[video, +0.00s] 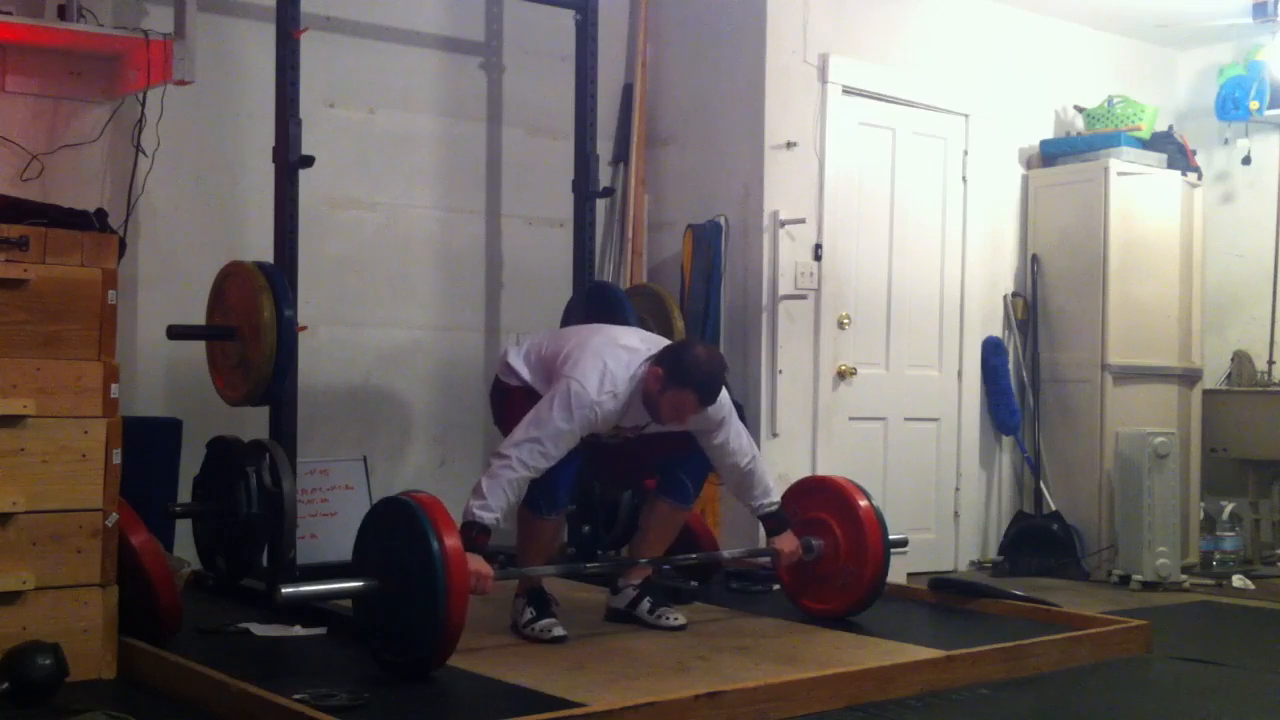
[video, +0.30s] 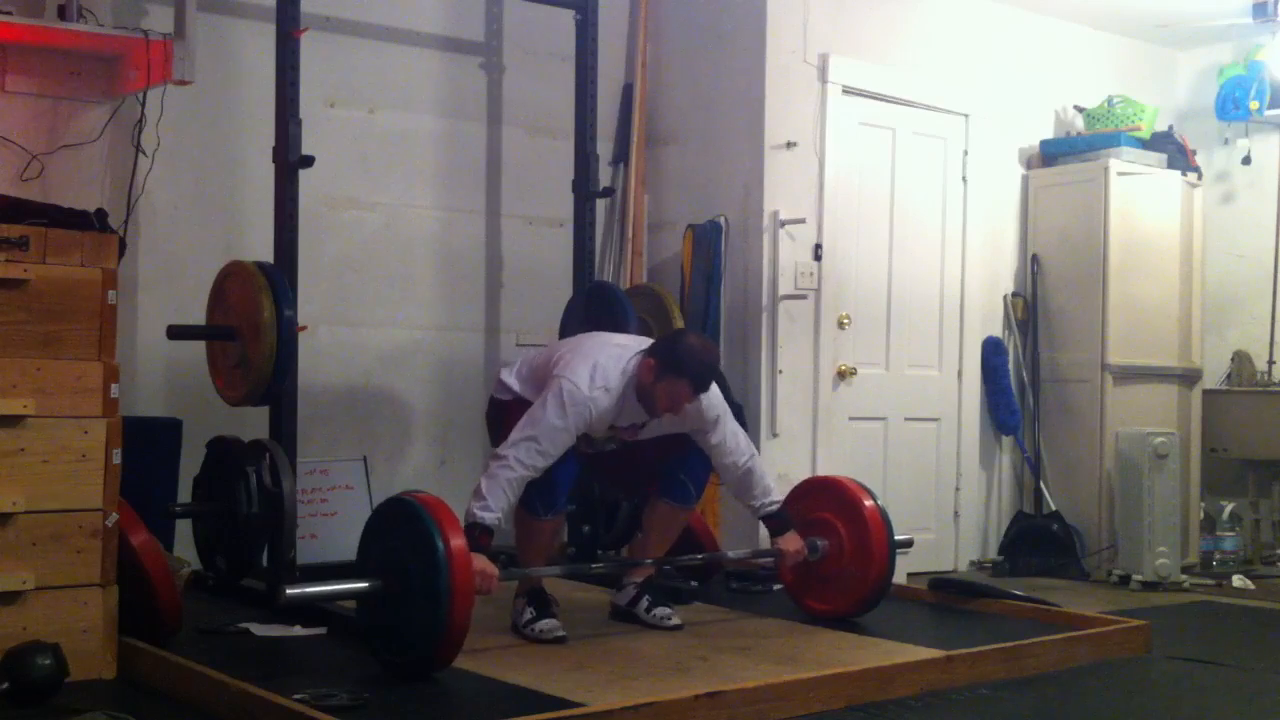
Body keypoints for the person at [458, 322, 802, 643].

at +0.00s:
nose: (681, 421)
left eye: (692, 414)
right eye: (678, 410)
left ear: (706, 400)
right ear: (655, 379)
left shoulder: (700, 395)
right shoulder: (591, 386)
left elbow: (740, 456)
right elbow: (519, 456)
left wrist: (778, 526)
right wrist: (473, 542)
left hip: (602, 416)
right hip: (526, 392)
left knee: (690, 459)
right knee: (558, 463)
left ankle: (629, 591)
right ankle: (531, 600)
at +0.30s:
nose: (679, 410)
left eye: (688, 403)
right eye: (675, 399)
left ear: (702, 392)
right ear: (649, 371)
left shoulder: (698, 396)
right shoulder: (586, 384)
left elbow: (739, 458)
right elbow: (517, 456)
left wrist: (782, 527)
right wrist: (476, 542)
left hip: (603, 432)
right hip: (523, 408)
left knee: (692, 461)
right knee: (556, 470)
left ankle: (632, 590)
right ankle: (532, 598)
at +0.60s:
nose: (663, 405)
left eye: (669, 397)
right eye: (659, 394)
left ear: (678, 385)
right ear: (630, 371)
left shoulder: (676, 398)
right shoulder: (565, 391)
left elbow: (733, 456)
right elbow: (507, 464)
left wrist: (790, 523)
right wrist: (487, 545)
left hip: (602, 469)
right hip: (515, 454)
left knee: (693, 459)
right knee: (545, 463)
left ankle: (632, 591)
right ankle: (531, 598)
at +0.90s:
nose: (646, 407)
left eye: (655, 398)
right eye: (639, 395)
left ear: (665, 386)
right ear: (614, 372)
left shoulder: (666, 405)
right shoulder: (562, 397)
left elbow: (733, 458)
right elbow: (509, 465)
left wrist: (792, 522)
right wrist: (492, 543)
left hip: (611, 502)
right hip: (550, 503)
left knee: (691, 460)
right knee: (544, 473)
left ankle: (632, 592)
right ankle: (529, 599)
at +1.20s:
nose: (644, 407)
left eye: (654, 399)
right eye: (639, 394)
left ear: (667, 387)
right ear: (614, 369)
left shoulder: (670, 406)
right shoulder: (562, 396)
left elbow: (733, 459)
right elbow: (508, 465)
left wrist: (793, 523)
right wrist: (491, 544)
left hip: (611, 501)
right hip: (549, 501)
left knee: (690, 461)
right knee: (543, 473)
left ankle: (631, 593)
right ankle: (528, 601)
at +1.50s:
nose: (643, 404)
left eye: (653, 394)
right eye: (637, 391)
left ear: (664, 383)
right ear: (612, 368)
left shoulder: (668, 405)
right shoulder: (561, 394)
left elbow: (733, 459)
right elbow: (508, 464)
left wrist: (793, 523)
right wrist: (491, 543)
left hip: (609, 502)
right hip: (548, 500)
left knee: (689, 461)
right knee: (545, 468)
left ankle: (630, 593)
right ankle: (528, 601)